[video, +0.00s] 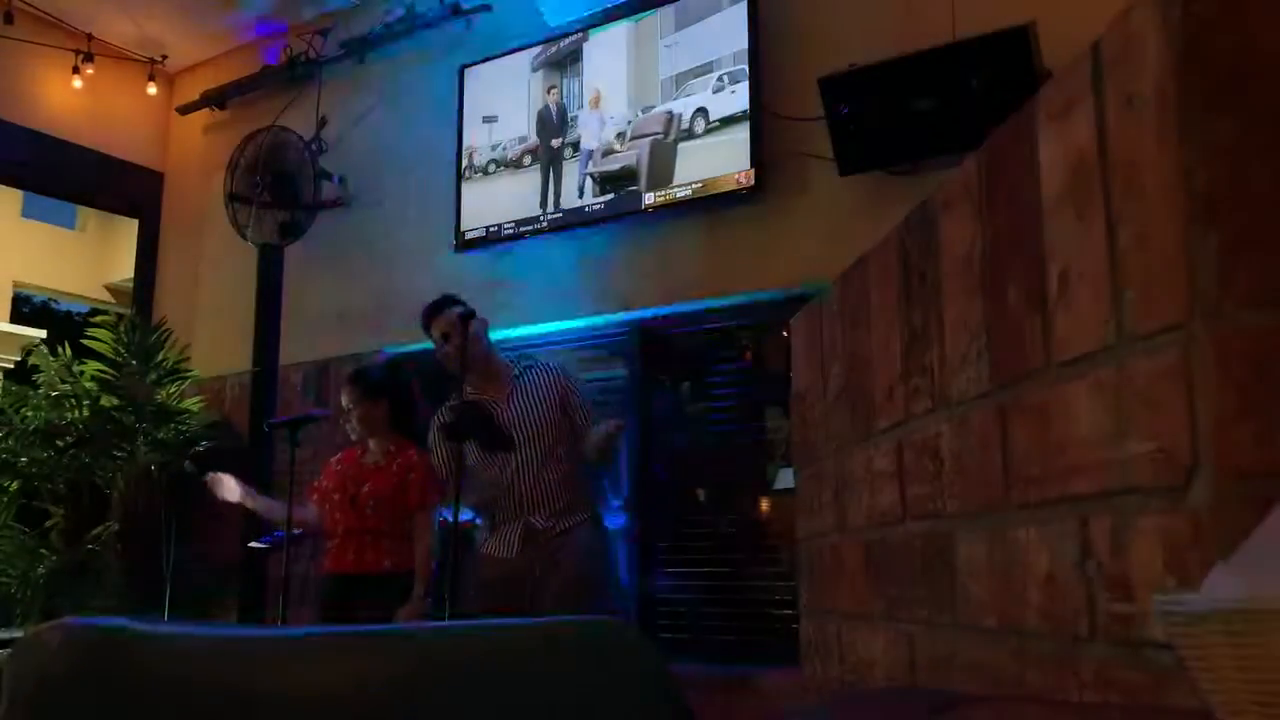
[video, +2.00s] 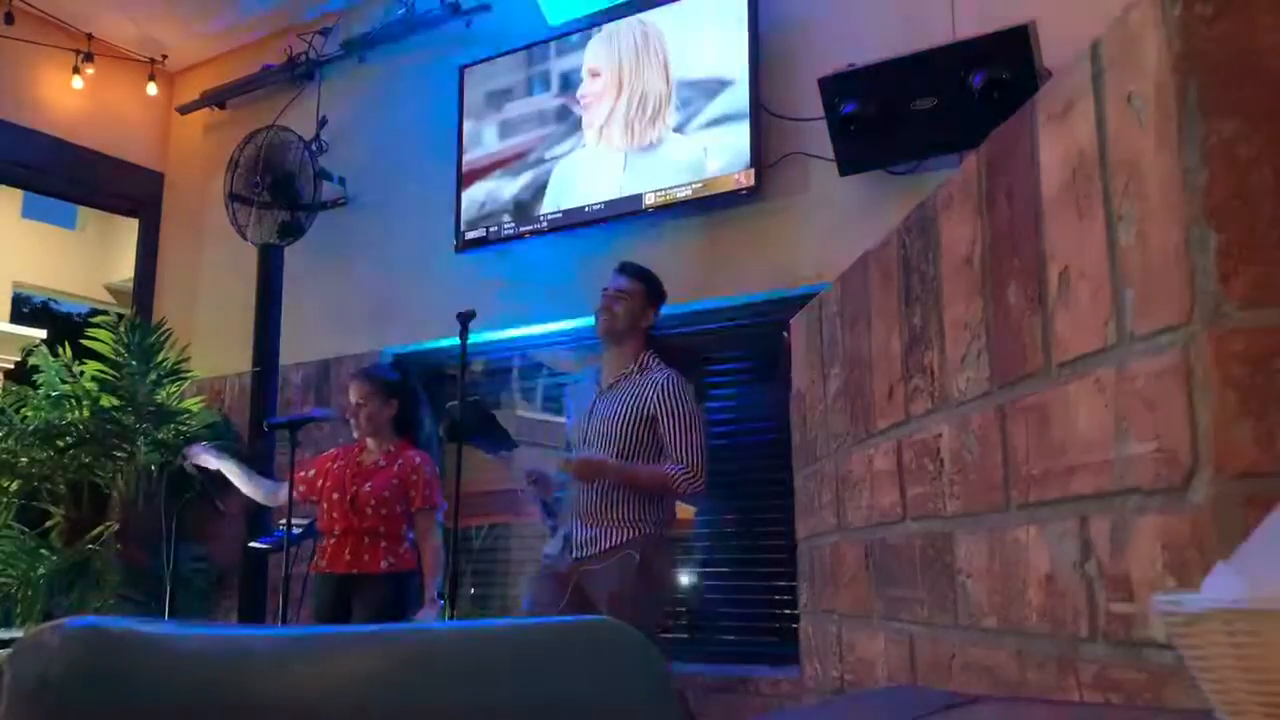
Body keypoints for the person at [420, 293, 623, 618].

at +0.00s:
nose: (460, 340)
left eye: (463, 326)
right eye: (447, 339)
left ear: (482, 324)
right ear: (442, 356)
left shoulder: (549, 378)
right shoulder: (448, 422)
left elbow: (589, 448)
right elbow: (446, 500)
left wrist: (604, 439)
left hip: (572, 538)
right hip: (501, 549)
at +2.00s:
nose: (606, 302)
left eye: (621, 297)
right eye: (604, 295)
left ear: (649, 315)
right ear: (597, 307)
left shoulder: (665, 385)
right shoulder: (596, 391)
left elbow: (691, 479)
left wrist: (608, 470)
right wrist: (553, 488)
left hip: (629, 555)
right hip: (571, 553)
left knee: (628, 674)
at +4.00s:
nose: (596, 312)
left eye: (606, 302)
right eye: (589, 306)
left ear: (636, 310)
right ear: (585, 319)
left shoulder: (683, 380)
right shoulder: (582, 394)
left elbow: (734, 455)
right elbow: (571, 484)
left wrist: (702, 457)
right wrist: (560, 442)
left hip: (660, 542)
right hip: (590, 541)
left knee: (651, 668)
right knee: (563, 647)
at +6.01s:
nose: (527, 337)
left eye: (537, 325)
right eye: (521, 329)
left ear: (565, 328)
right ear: (518, 335)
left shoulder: (612, 387)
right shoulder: (523, 399)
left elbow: (645, 462)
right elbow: (501, 462)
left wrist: (571, 493)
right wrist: (518, 391)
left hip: (602, 545)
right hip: (540, 548)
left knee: (588, 657)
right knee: (531, 656)